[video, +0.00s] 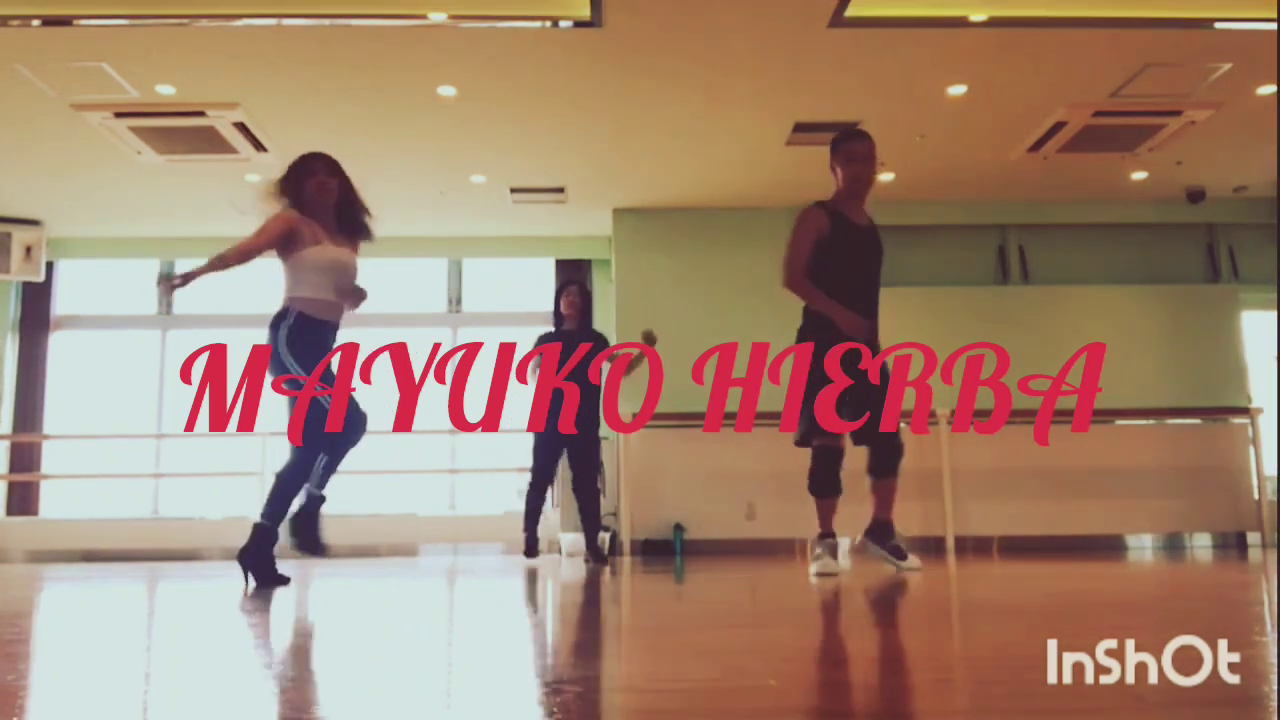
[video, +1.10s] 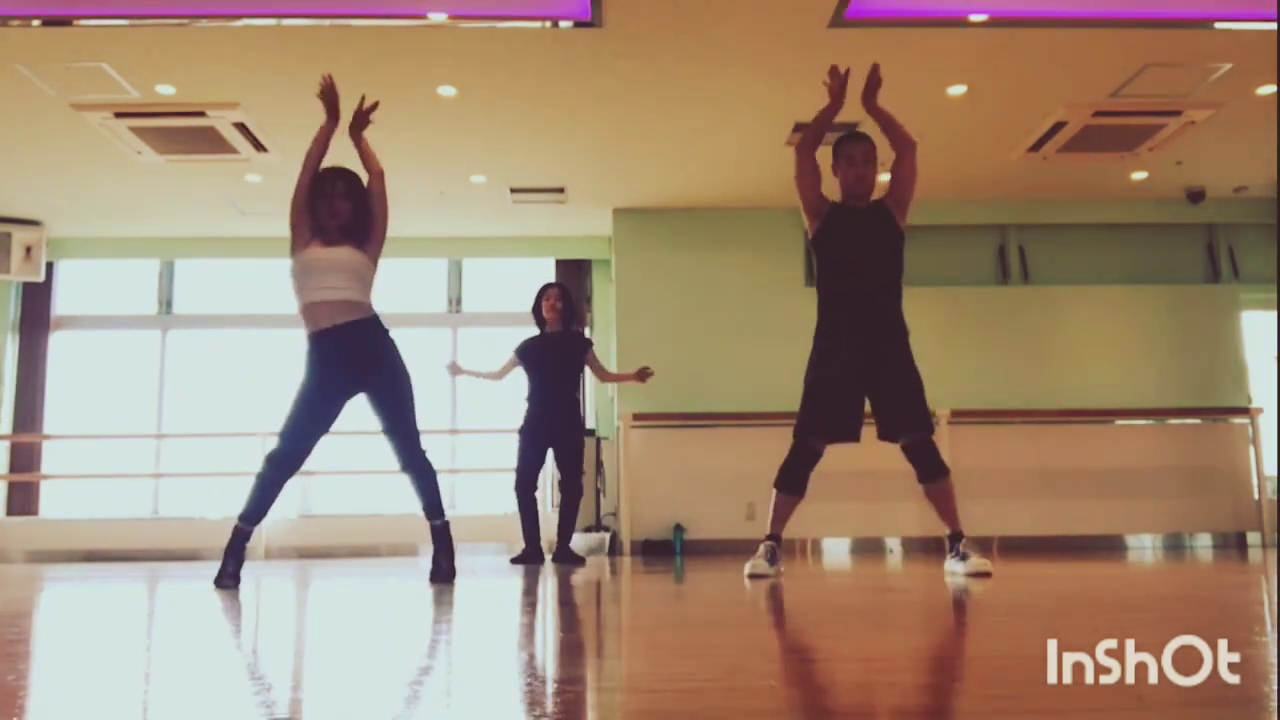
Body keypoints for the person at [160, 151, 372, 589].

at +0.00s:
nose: (323, 184)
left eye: (329, 177)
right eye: (313, 179)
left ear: (342, 186)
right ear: (297, 189)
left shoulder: (346, 233)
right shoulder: (292, 222)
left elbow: (332, 281)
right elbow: (246, 250)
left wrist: (352, 295)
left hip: (320, 342)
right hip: (293, 336)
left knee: (309, 448)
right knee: (349, 421)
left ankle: (260, 543)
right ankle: (308, 512)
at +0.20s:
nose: (331, 185)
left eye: (338, 180)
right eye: (322, 180)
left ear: (350, 193)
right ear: (307, 192)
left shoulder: (366, 244)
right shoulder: (291, 237)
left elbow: (381, 292)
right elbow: (267, 281)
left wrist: (383, 318)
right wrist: (248, 311)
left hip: (350, 347)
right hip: (309, 345)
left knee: (328, 450)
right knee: (337, 448)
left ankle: (272, 541)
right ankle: (345, 543)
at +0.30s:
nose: (333, 188)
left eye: (342, 182)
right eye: (325, 182)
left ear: (356, 195)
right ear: (313, 194)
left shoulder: (376, 247)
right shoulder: (298, 245)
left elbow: (389, 306)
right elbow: (284, 304)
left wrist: (397, 337)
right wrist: (270, 345)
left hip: (361, 353)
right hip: (317, 352)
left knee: (356, 460)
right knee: (336, 450)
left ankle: (305, 535)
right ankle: (346, 545)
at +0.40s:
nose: (340, 190)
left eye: (348, 185)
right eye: (331, 184)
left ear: (361, 196)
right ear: (319, 196)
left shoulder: (382, 250)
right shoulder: (302, 248)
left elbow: (393, 308)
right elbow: (290, 311)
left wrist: (409, 323)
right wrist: (281, 320)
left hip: (371, 354)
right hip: (325, 355)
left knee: (377, 454)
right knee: (337, 451)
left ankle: (360, 536)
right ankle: (346, 545)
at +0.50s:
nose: (342, 179)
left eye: (351, 173)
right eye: (334, 172)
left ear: (363, 181)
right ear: (323, 181)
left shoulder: (379, 226)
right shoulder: (309, 228)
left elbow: (409, 276)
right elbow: (286, 278)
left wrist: (395, 239)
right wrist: (286, 233)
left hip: (375, 336)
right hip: (329, 338)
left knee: (377, 445)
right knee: (337, 443)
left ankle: (374, 542)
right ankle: (343, 542)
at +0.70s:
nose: (346, 187)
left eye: (354, 180)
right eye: (337, 181)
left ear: (369, 188)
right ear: (325, 193)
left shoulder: (385, 227)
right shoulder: (320, 229)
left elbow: (409, 174)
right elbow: (285, 175)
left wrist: (425, 122)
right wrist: (257, 122)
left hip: (383, 341)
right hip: (334, 342)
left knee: (406, 448)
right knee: (297, 449)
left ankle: (436, 544)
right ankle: (255, 536)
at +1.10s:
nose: (338, 203)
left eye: (345, 195)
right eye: (329, 196)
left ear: (359, 204)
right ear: (315, 204)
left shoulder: (367, 243)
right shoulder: (304, 238)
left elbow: (377, 181)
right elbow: (307, 175)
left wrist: (358, 133)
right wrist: (330, 119)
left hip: (376, 352)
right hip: (328, 358)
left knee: (410, 454)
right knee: (284, 459)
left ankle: (443, 543)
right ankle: (236, 547)